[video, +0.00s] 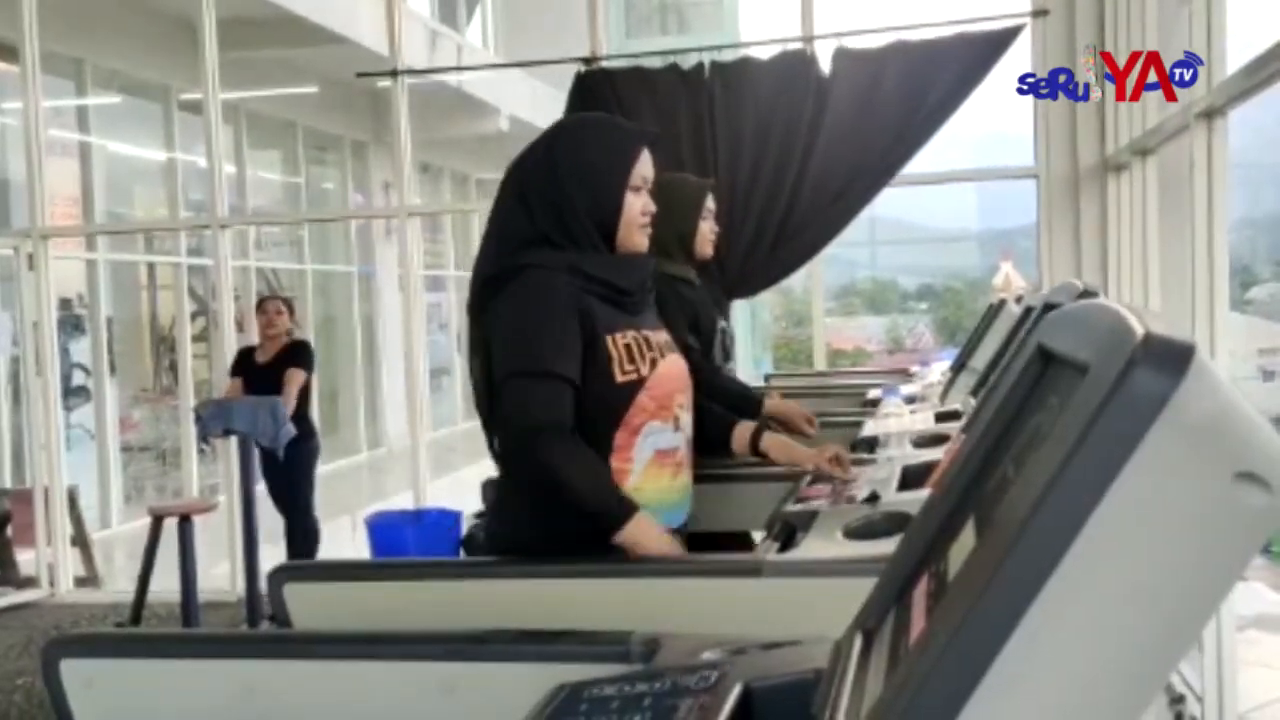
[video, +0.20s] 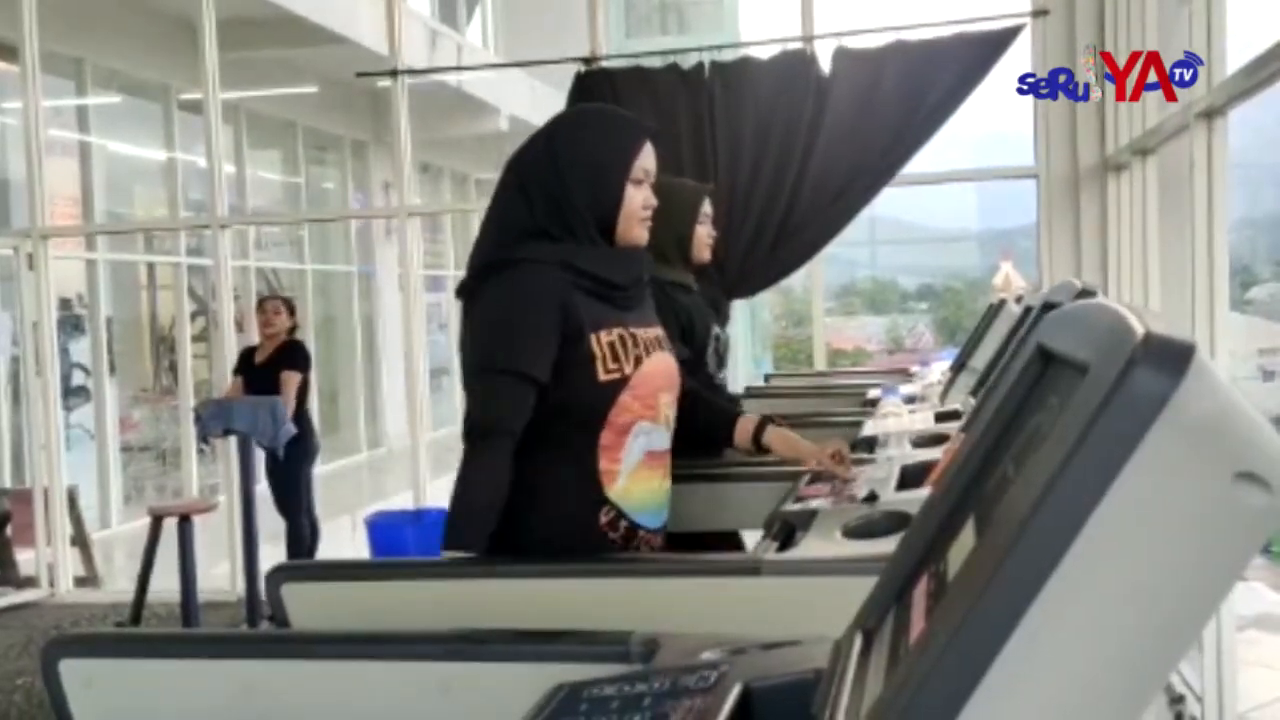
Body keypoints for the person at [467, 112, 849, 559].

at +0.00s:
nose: (651, 206)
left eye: (649, 190)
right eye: (637, 189)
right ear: (589, 190)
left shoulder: (625, 288)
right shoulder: (541, 290)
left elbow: (670, 404)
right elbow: (538, 442)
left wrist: (769, 443)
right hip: (568, 565)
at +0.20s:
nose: (653, 200)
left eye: (651, 183)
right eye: (639, 183)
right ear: (588, 182)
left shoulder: (628, 284)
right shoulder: (527, 287)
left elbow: (674, 396)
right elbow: (491, 440)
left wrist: (780, 440)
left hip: (632, 550)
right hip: (549, 562)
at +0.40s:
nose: (648, 223)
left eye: (646, 207)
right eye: (634, 204)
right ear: (584, 204)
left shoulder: (615, 308)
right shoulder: (522, 314)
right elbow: (472, 469)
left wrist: (749, 435)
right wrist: (429, 596)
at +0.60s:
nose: (640, 202)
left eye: (638, 186)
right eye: (627, 185)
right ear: (577, 184)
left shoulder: (600, 284)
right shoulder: (528, 291)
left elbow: (654, 404)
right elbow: (535, 455)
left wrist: (769, 452)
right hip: (543, 566)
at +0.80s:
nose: (635, 211)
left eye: (633, 194)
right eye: (620, 194)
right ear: (571, 194)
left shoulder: (595, 295)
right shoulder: (530, 297)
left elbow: (649, 410)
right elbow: (583, 432)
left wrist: (763, 440)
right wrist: (715, 502)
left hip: (597, 558)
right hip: (533, 572)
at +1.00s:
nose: (641, 203)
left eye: (639, 186)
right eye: (626, 185)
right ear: (577, 185)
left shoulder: (603, 282)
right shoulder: (530, 287)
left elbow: (640, 406)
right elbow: (536, 439)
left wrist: (746, 431)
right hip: (561, 564)